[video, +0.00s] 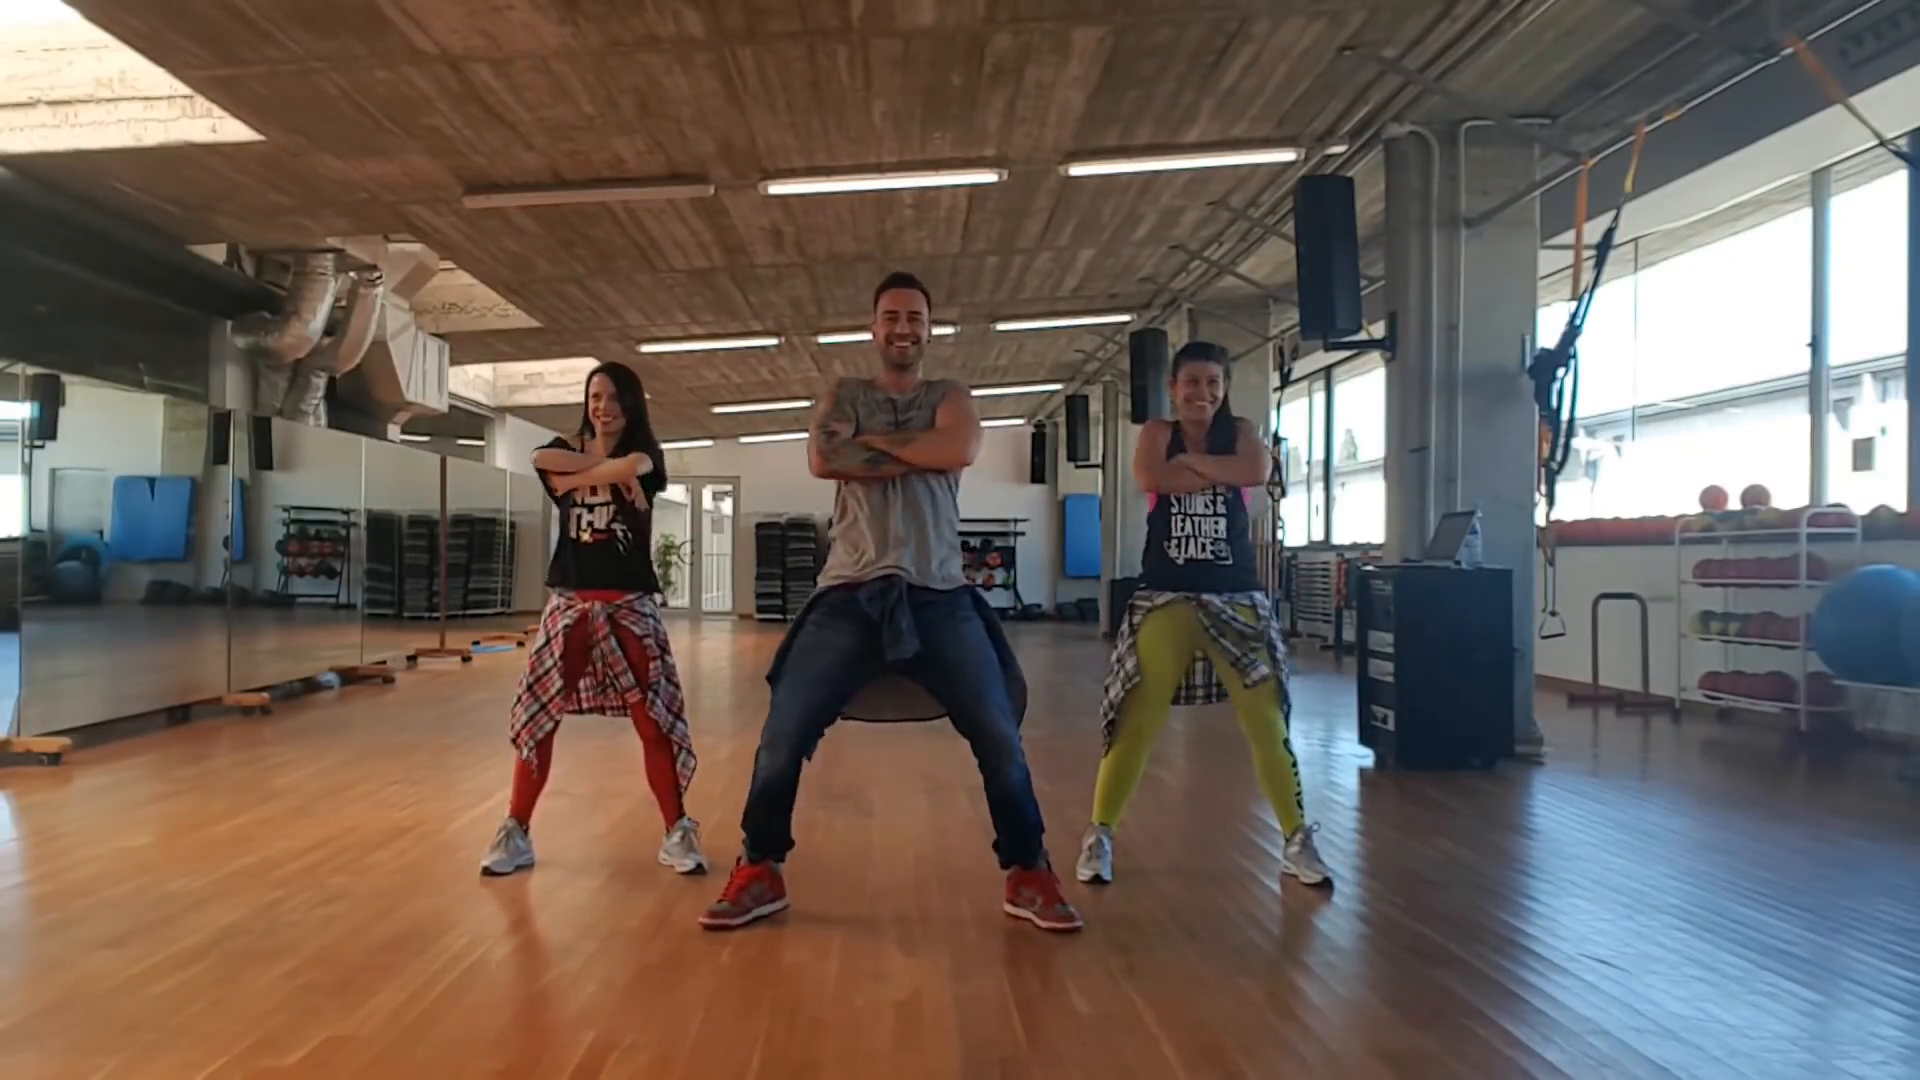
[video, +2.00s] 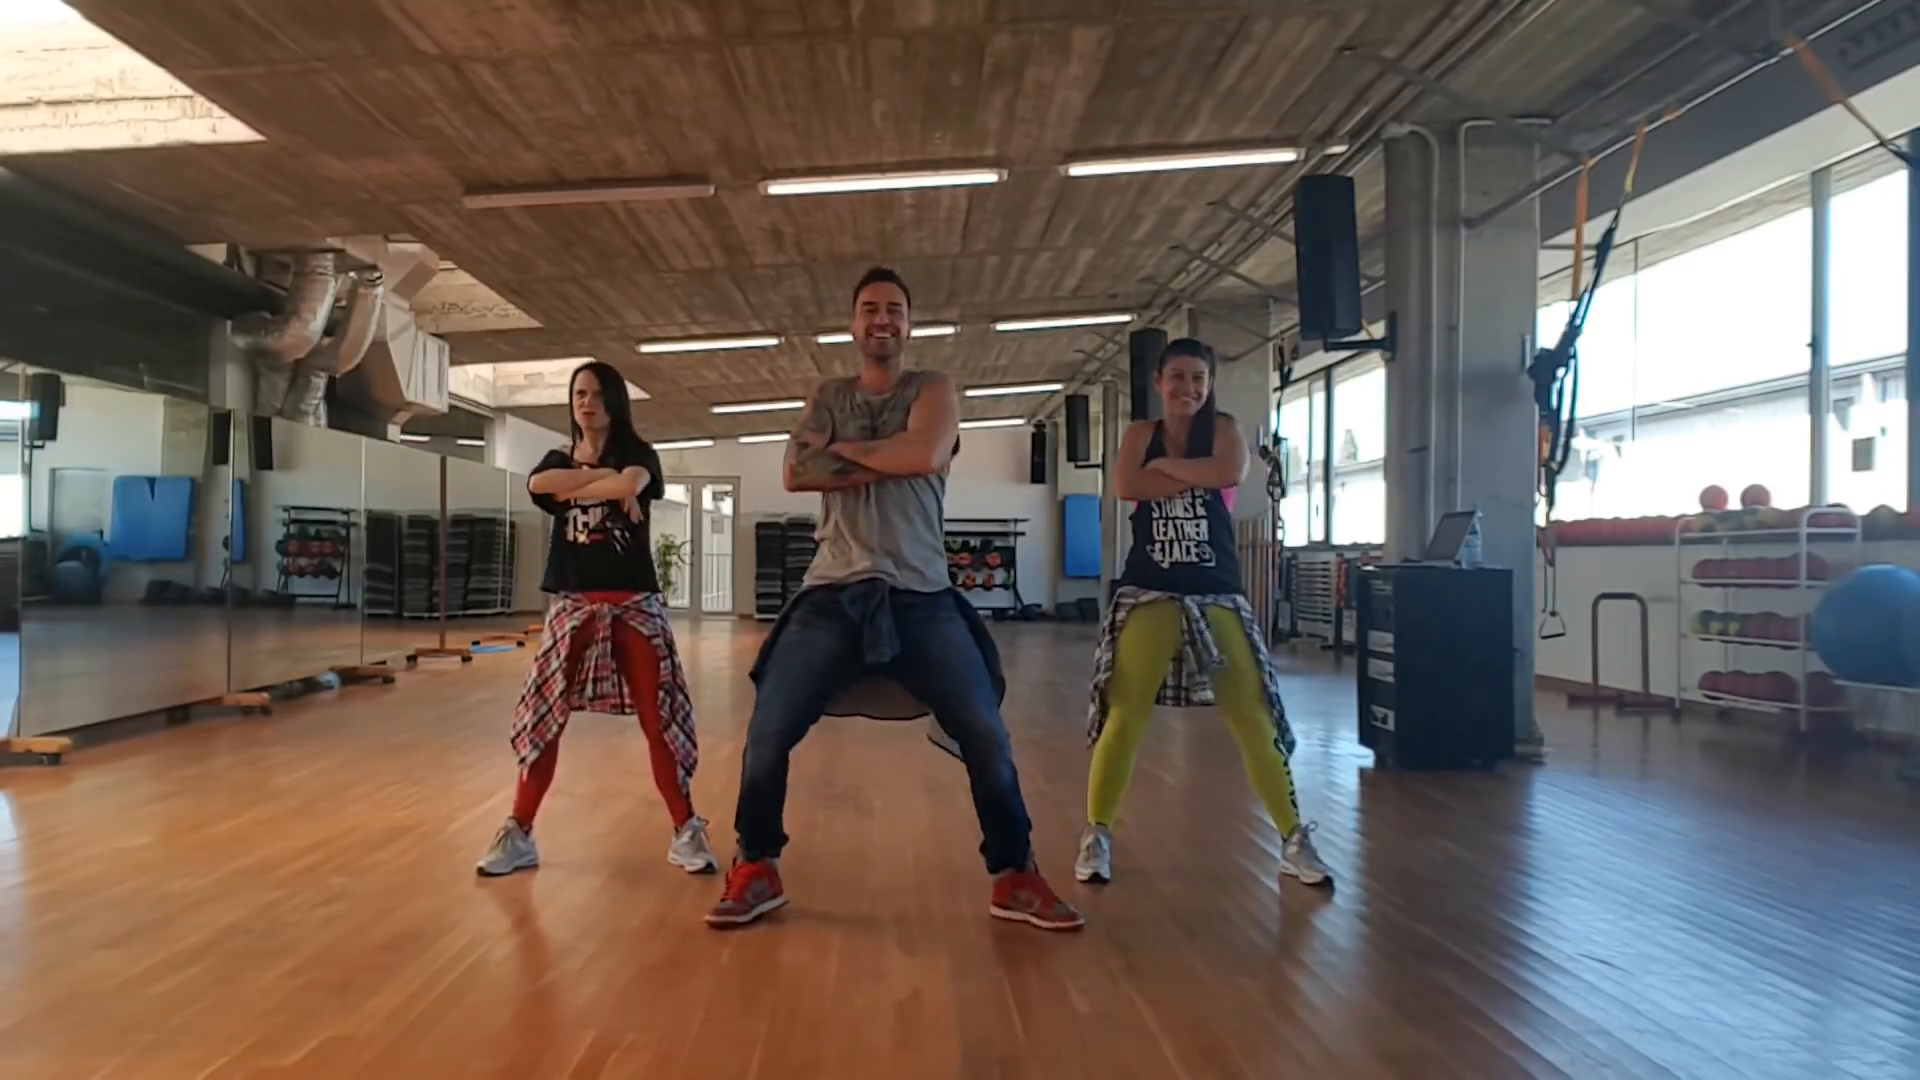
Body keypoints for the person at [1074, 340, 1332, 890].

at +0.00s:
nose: (1201, 392)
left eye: (1211, 383)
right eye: (1191, 382)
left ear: (1224, 388)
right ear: (1173, 387)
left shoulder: (1242, 431)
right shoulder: (1156, 432)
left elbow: (1256, 473)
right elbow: (1149, 477)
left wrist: (1188, 460)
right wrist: (1224, 470)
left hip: (1237, 598)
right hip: (1165, 598)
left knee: (1266, 721)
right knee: (1141, 718)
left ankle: (1297, 841)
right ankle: (1099, 837)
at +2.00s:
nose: (1186, 386)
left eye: (1196, 377)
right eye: (1177, 376)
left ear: (1209, 385)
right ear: (1158, 382)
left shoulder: (1222, 428)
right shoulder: (1140, 434)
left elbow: (1228, 473)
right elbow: (1125, 487)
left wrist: (1159, 466)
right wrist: (1193, 474)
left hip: (1216, 592)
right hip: (1148, 591)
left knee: (1253, 719)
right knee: (1125, 717)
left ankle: (1294, 841)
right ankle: (1096, 837)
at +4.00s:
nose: (1197, 374)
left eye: (1206, 367)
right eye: (1186, 366)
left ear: (1220, 379)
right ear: (1170, 379)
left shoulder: (1236, 426)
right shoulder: (1153, 429)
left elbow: (1257, 464)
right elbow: (1141, 478)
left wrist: (1181, 462)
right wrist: (1220, 476)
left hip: (1233, 591)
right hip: (1164, 591)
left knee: (1264, 714)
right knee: (1138, 717)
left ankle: (1297, 841)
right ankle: (1098, 838)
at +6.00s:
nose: (1202, 378)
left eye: (1210, 368)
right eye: (1191, 369)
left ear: (1222, 377)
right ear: (1172, 380)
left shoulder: (1242, 435)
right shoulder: (1159, 438)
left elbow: (1311, 432)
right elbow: (1091, 453)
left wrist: (1285, 379)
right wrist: (1102, 385)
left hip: (1233, 596)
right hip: (1171, 595)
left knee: (1256, 711)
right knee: (1134, 712)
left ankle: (1256, 840)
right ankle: (1088, 831)